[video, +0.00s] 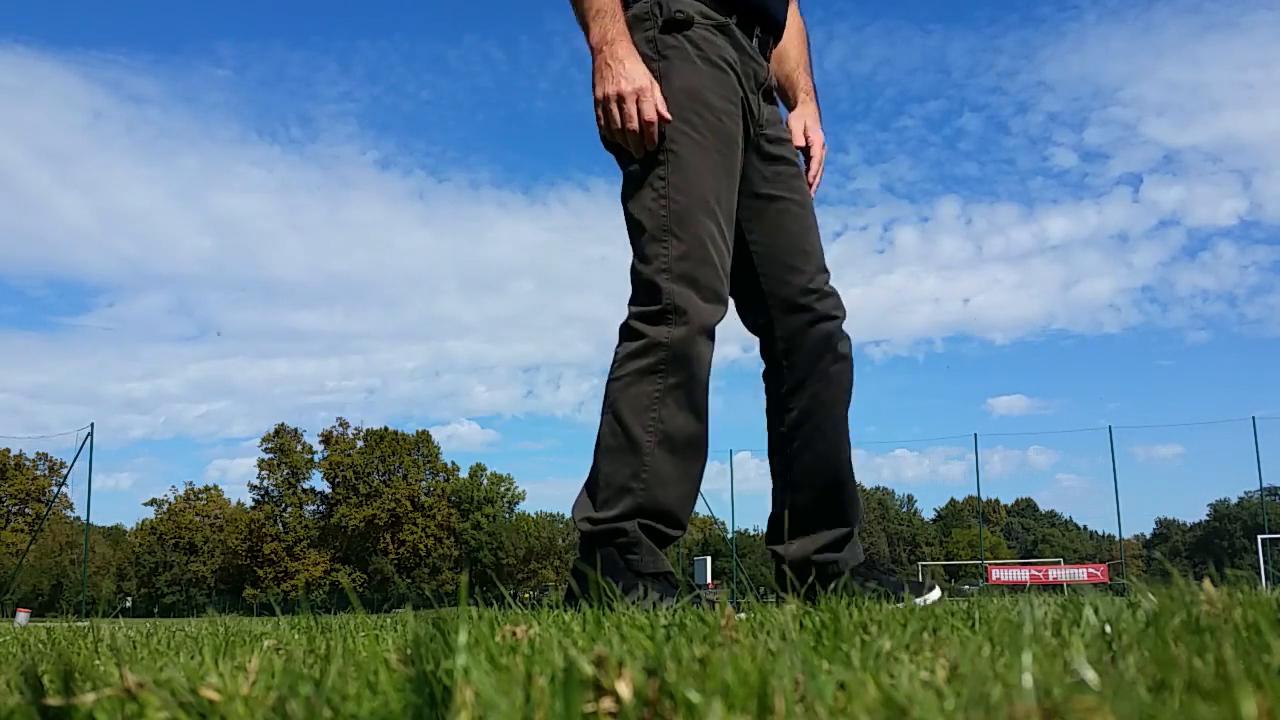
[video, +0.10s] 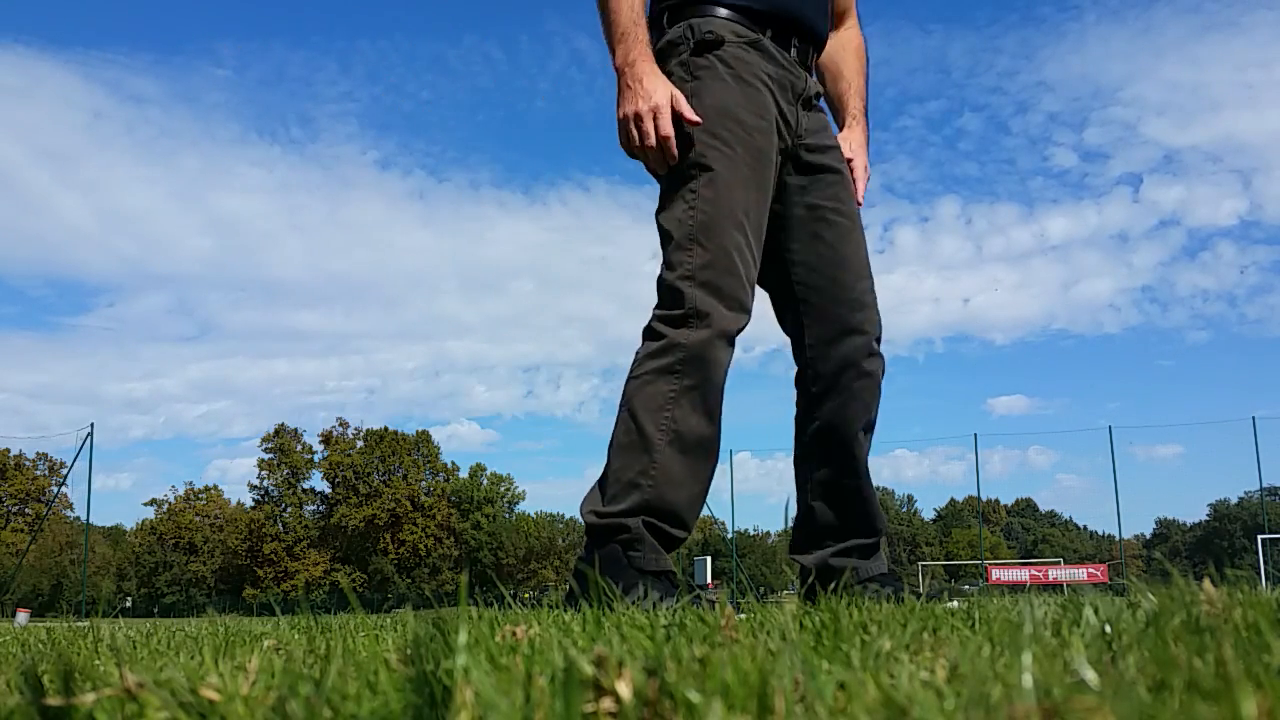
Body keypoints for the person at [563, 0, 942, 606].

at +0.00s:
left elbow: (781, 7)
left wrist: (802, 95)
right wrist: (611, 45)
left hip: (756, 52)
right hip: (678, 27)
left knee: (809, 319)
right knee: (679, 305)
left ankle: (822, 562)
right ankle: (619, 561)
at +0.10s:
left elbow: (840, 16)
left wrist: (853, 119)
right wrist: (635, 67)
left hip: (800, 80)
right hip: (717, 42)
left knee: (847, 337)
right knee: (704, 307)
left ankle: (841, 566)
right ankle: (621, 560)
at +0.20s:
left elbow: (885, 27)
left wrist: (911, 139)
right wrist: (665, 88)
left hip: (839, 87)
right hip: (752, 53)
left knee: (877, 339)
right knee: (735, 302)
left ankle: (846, 568)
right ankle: (636, 553)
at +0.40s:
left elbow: (961, 24)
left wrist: (998, 152)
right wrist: (709, 94)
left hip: (887, 85)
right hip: (787, 61)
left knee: (896, 335)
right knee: (805, 290)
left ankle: (848, 562)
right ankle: (736, 551)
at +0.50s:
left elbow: (987, 18)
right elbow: (713, 0)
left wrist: (1019, 139)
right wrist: (717, 94)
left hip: (902, 88)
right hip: (798, 70)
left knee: (905, 333)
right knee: (828, 292)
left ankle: (869, 561)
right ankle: (825, 555)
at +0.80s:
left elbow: (1014, 9)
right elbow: (740, 1)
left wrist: (999, 128)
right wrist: (751, 130)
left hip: (935, 99)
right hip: (825, 95)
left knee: (987, 309)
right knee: (864, 318)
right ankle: (912, 554)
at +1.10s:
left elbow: (1025, 45)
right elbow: (759, 21)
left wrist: (970, 178)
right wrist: (756, 140)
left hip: (924, 126)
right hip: (811, 126)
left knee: (956, 326)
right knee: (820, 317)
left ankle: (969, 566)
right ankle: (835, 561)